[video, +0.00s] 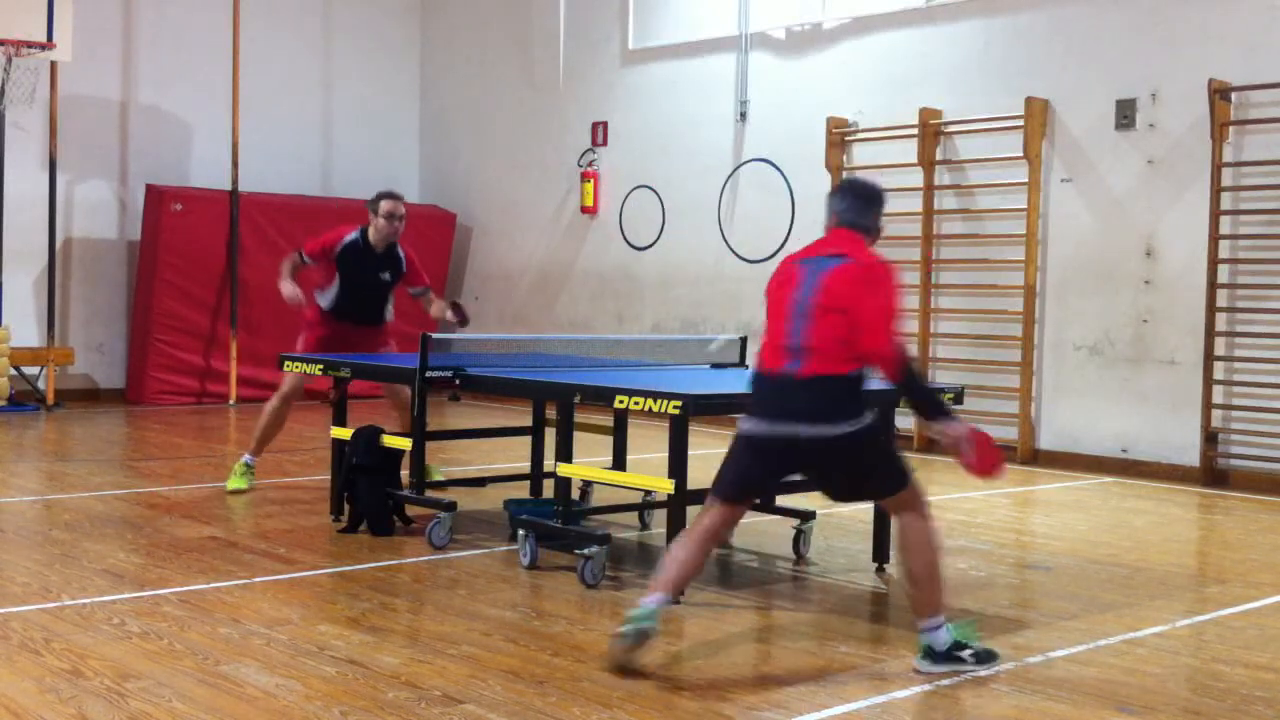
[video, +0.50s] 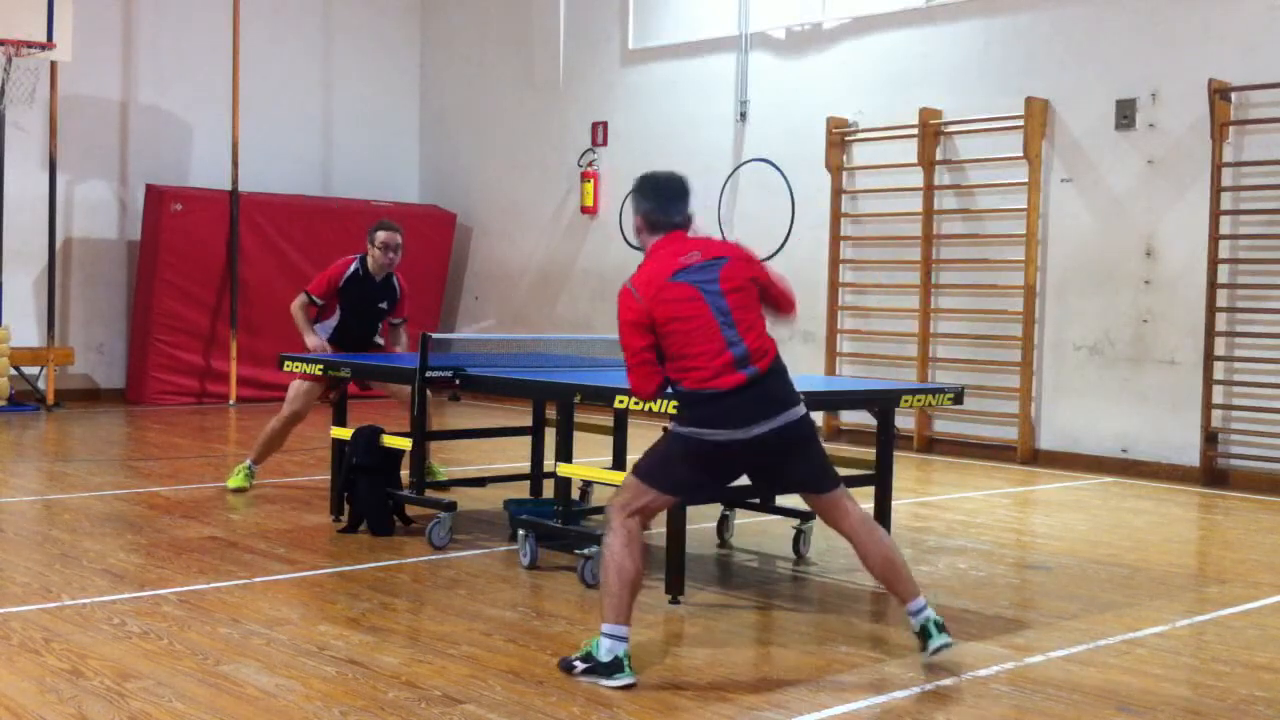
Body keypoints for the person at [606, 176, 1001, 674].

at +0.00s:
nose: (879, 228)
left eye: (872, 220)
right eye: (879, 221)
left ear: (830, 217)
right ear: (876, 223)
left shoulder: (790, 264)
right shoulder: (869, 269)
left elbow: (782, 350)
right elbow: (882, 349)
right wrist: (936, 413)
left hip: (766, 422)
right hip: (836, 426)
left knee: (716, 515)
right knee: (910, 509)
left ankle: (647, 609)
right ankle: (937, 638)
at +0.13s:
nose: (848, 242)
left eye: (843, 232)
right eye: (848, 234)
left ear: (800, 227)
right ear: (842, 236)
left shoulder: (761, 275)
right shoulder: (820, 273)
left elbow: (748, 362)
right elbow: (818, 351)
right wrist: (890, 401)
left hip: (729, 444)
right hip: (794, 442)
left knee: (695, 541)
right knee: (877, 522)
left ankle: (616, 625)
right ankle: (929, 638)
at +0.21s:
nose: (812, 239)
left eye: (810, 229)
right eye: (812, 230)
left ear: (763, 222)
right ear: (804, 229)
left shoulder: (719, 270)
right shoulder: (791, 269)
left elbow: (716, 353)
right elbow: (800, 350)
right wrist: (870, 391)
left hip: (706, 432)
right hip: (770, 432)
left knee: (682, 541)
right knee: (848, 527)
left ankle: (607, 631)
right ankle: (919, 635)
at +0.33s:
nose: (748, 226)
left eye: (743, 220)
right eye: (746, 220)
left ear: (697, 216)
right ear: (739, 218)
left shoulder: (656, 273)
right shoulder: (755, 252)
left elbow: (655, 365)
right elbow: (795, 318)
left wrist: (705, 330)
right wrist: (736, 298)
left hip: (700, 442)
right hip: (779, 430)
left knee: (655, 535)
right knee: (848, 523)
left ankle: (606, 641)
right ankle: (914, 640)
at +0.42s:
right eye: (706, 205)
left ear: (656, 216)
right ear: (708, 210)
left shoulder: (642, 285)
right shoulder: (739, 248)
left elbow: (640, 381)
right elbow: (781, 271)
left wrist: (679, 349)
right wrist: (730, 227)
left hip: (706, 435)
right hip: (783, 421)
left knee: (632, 516)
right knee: (852, 520)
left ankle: (611, 651)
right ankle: (924, 632)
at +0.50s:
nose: (633, 226)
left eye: (633, 219)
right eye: (635, 219)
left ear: (639, 222)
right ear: (688, 217)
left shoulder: (638, 291)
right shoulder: (733, 255)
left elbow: (645, 385)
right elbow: (786, 305)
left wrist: (678, 347)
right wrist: (734, 283)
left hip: (709, 435)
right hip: (782, 421)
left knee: (625, 514)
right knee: (849, 516)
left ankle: (610, 650)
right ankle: (926, 621)